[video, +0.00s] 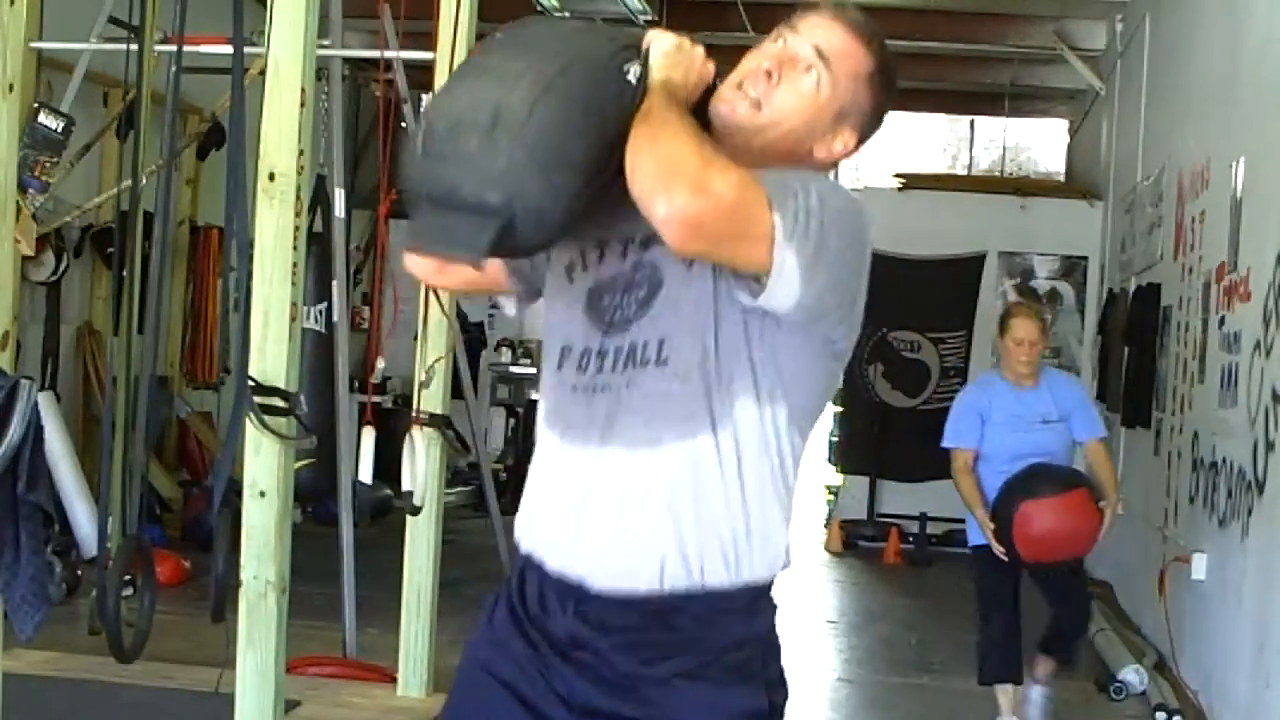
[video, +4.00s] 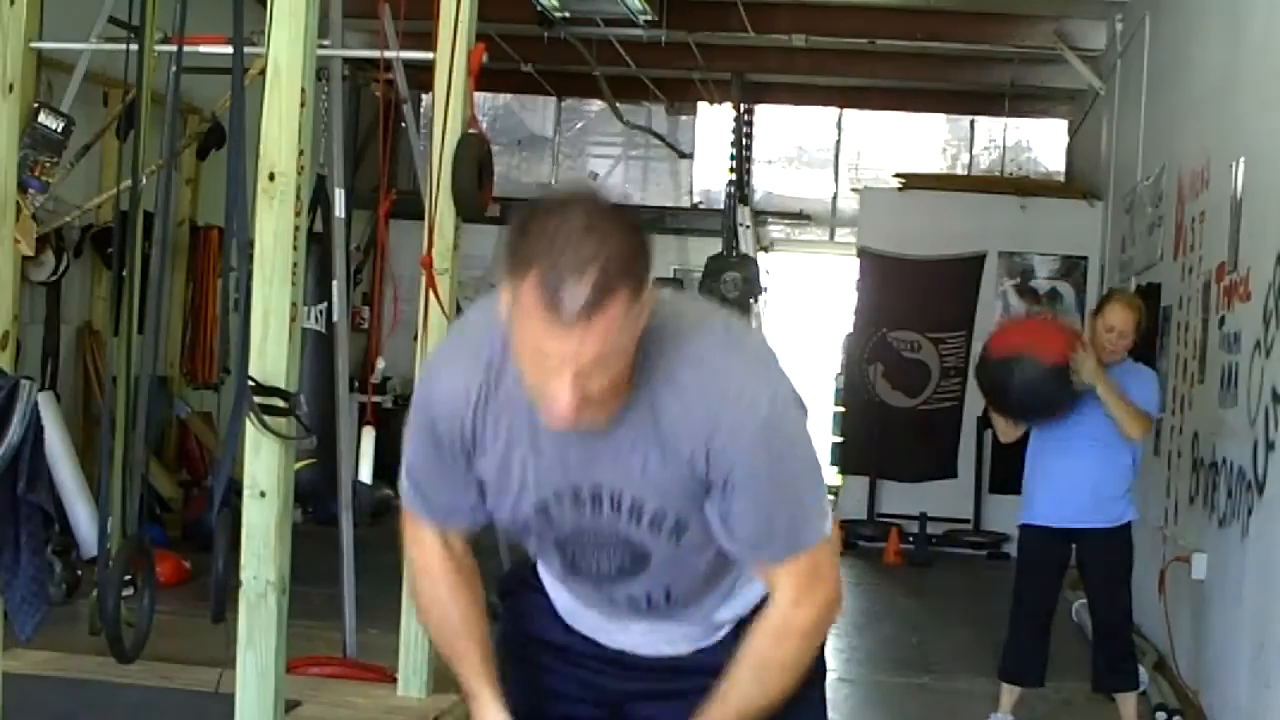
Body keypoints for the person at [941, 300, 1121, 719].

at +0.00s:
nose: (1027, 351)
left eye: (1034, 343)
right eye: (1018, 342)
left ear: (1044, 344)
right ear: (1000, 344)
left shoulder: (1068, 389)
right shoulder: (977, 395)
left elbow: (1094, 448)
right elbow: (961, 465)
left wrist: (1111, 495)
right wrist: (981, 515)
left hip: (1052, 526)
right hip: (993, 527)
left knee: (1073, 609)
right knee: (999, 618)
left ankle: (1039, 678)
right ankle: (1006, 710)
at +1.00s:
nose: (1088, 402)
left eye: (1097, 393)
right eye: (1081, 392)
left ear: (1111, 402)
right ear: (1066, 397)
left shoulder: (1127, 451)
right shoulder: (1037, 442)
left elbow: (1131, 524)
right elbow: (1013, 508)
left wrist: (1111, 556)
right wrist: (1004, 547)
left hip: (1100, 557)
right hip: (1043, 551)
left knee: (1144, 639)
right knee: (1002, 619)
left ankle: (1129, 713)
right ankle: (1007, 713)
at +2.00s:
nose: (1123, 326)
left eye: (1132, 320)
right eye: (1117, 317)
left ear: (1144, 336)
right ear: (1101, 326)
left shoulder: (1140, 382)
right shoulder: (1053, 384)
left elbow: (1125, 345)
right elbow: (998, 409)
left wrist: (1087, 302)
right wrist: (1003, 351)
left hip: (1106, 521)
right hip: (1044, 518)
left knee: (1119, 630)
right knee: (1024, 621)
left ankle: (1129, 714)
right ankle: (1004, 712)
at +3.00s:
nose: (1106, 323)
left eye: (1116, 319)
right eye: (1100, 315)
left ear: (1126, 331)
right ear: (1084, 323)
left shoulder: (1132, 372)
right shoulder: (1048, 371)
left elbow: (1137, 306)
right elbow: (991, 353)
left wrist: (1096, 253)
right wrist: (1002, 296)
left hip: (1107, 520)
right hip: (1042, 517)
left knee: (1113, 627)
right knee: (1026, 618)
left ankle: (1130, 717)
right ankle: (1002, 713)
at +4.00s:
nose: (1116, 341)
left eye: (1126, 334)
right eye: (1109, 329)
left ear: (1135, 338)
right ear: (1091, 324)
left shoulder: (1140, 377)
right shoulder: (1056, 366)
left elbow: (1138, 429)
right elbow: (1008, 432)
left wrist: (1098, 379)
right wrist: (1000, 375)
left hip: (1107, 521)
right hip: (1043, 519)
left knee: (1114, 621)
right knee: (1029, 615)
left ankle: (1131, 715)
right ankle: (1004, 712)